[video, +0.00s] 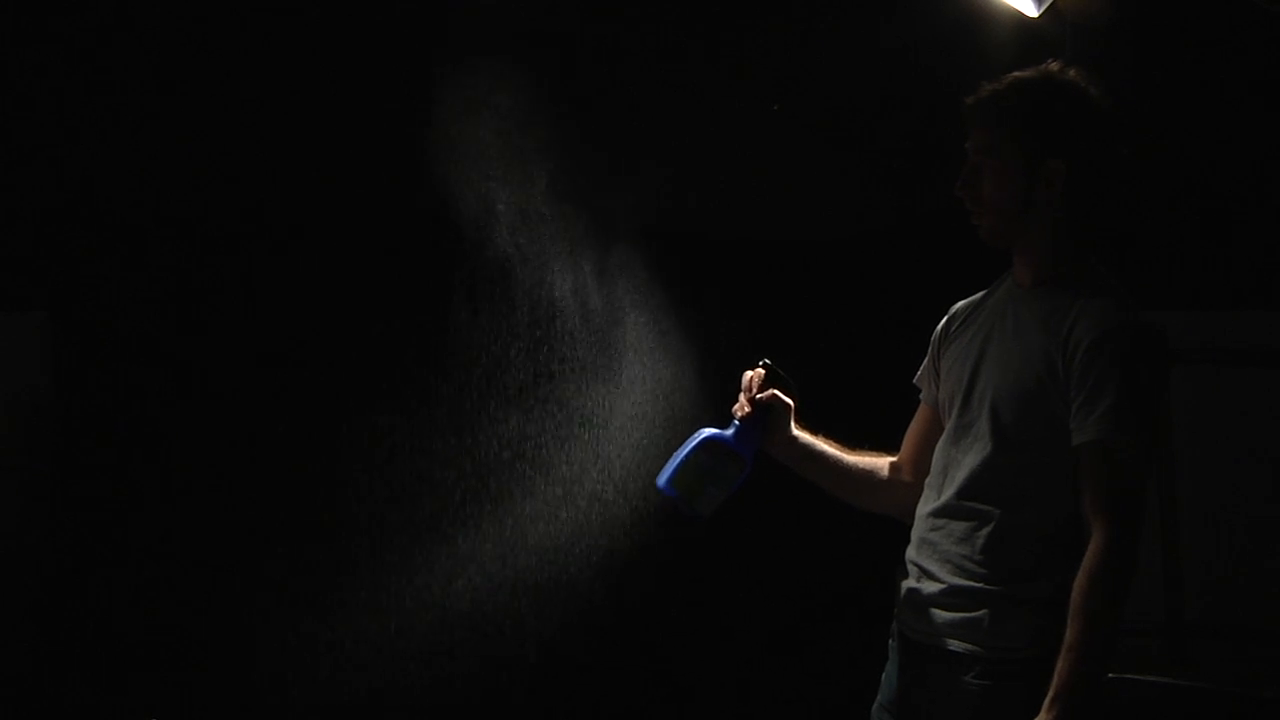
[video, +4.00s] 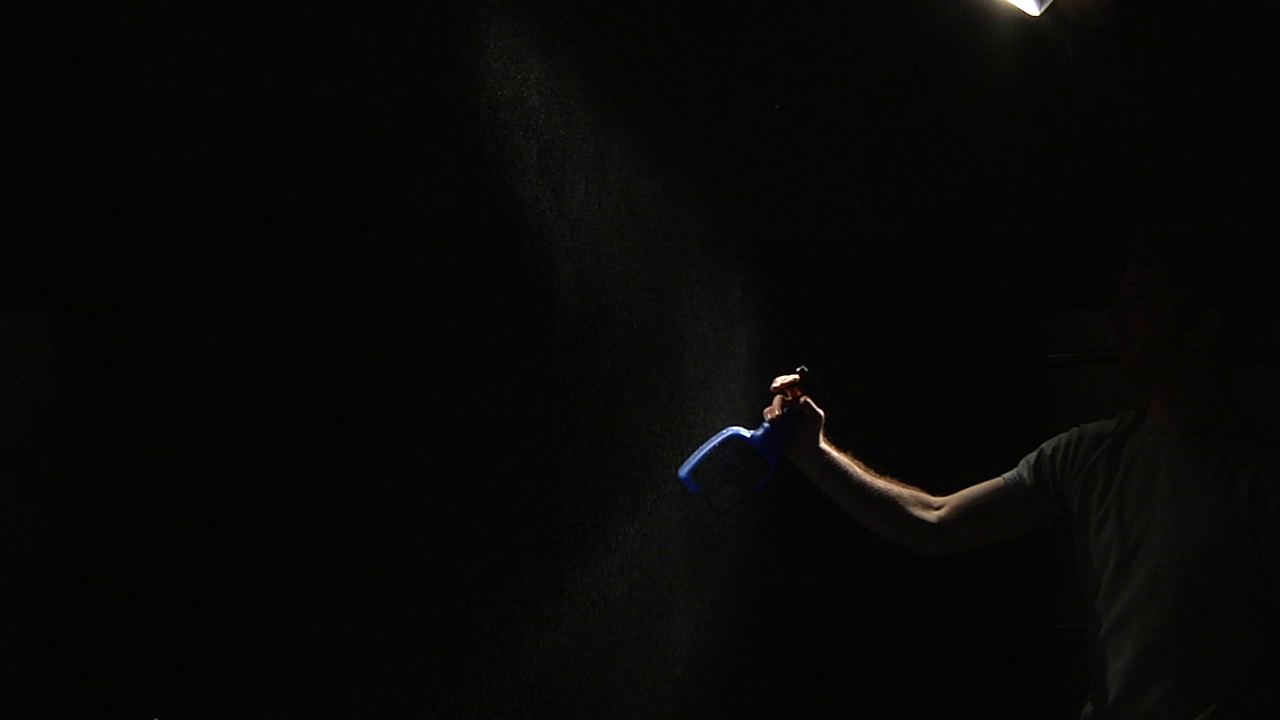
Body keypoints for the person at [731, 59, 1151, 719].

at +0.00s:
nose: (966, 182)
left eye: (987, 161)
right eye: (969, 160)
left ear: (1046, 176)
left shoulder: (1099, 326)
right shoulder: (963, 322)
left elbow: (1112, 533)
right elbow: (907, 484)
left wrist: (1061, 701)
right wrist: (787, 436)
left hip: (1007, 658)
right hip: (917, 640)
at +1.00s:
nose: (962, 184)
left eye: (982, 163)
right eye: (966, 163)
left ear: (1044, 174)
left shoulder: (1103, 324)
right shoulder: (969, 322)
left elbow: (1123, 527)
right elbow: (920, 486)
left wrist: (1076, 698)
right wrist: (798, 443)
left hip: (1022, 659)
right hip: (931, 644)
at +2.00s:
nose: (1121, 321)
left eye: (1143, 304)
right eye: (1125, 303)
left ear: (1201, 319)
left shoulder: (1256, 458)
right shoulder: (1087, 457)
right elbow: (931, 519)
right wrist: (807, 452)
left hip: (1235, 699)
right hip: (1119, 701)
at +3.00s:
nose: (1119, 317)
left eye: (1143, 301)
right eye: (1124, 299)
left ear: (1202, 320)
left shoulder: (1259, 460)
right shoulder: (1087, 456)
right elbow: (930, 519)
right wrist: (807, 446)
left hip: (1233, 698)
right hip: (1117, 699)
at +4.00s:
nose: (1120, 317)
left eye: (1143, 301)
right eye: (1123, 299)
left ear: (1204, 320)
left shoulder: (1258, 457)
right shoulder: (1088, 457)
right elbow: (934, 520)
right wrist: (813, 449)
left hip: (1233, 701)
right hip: (1118, 702)